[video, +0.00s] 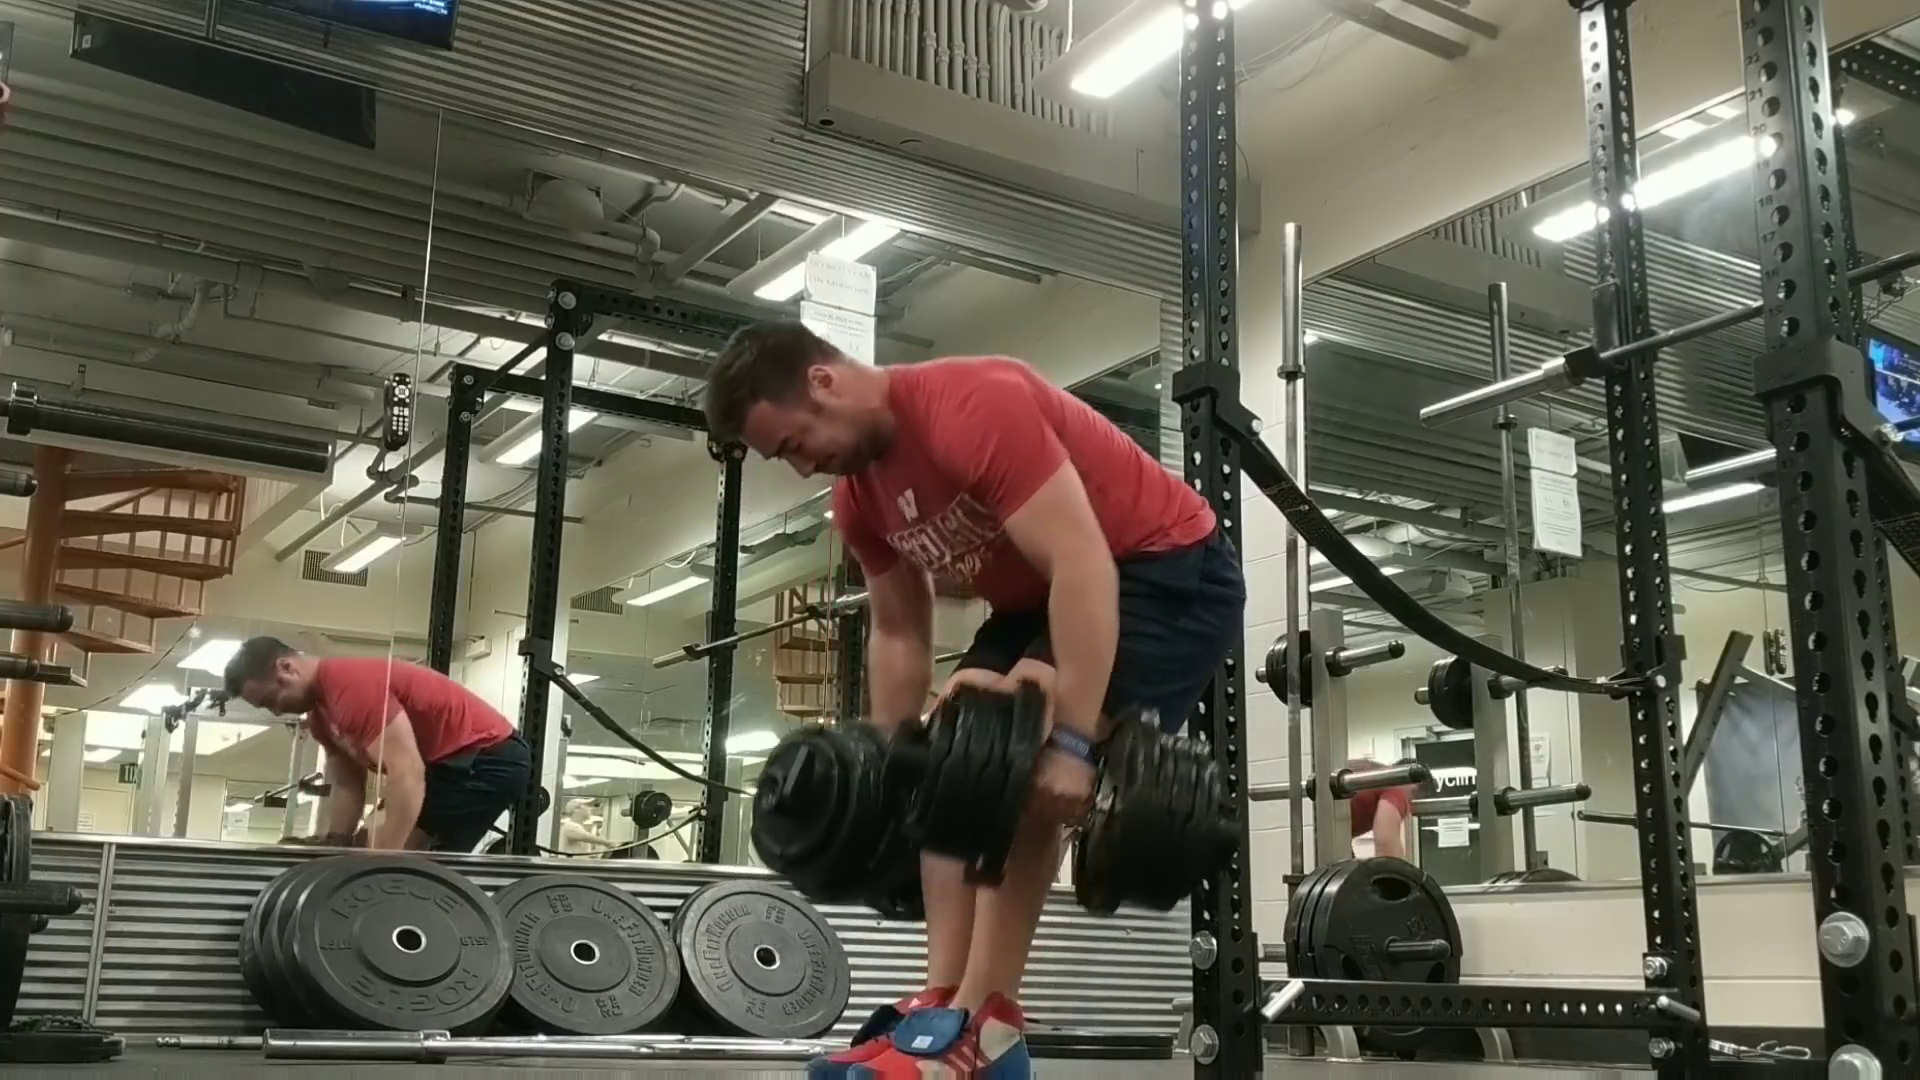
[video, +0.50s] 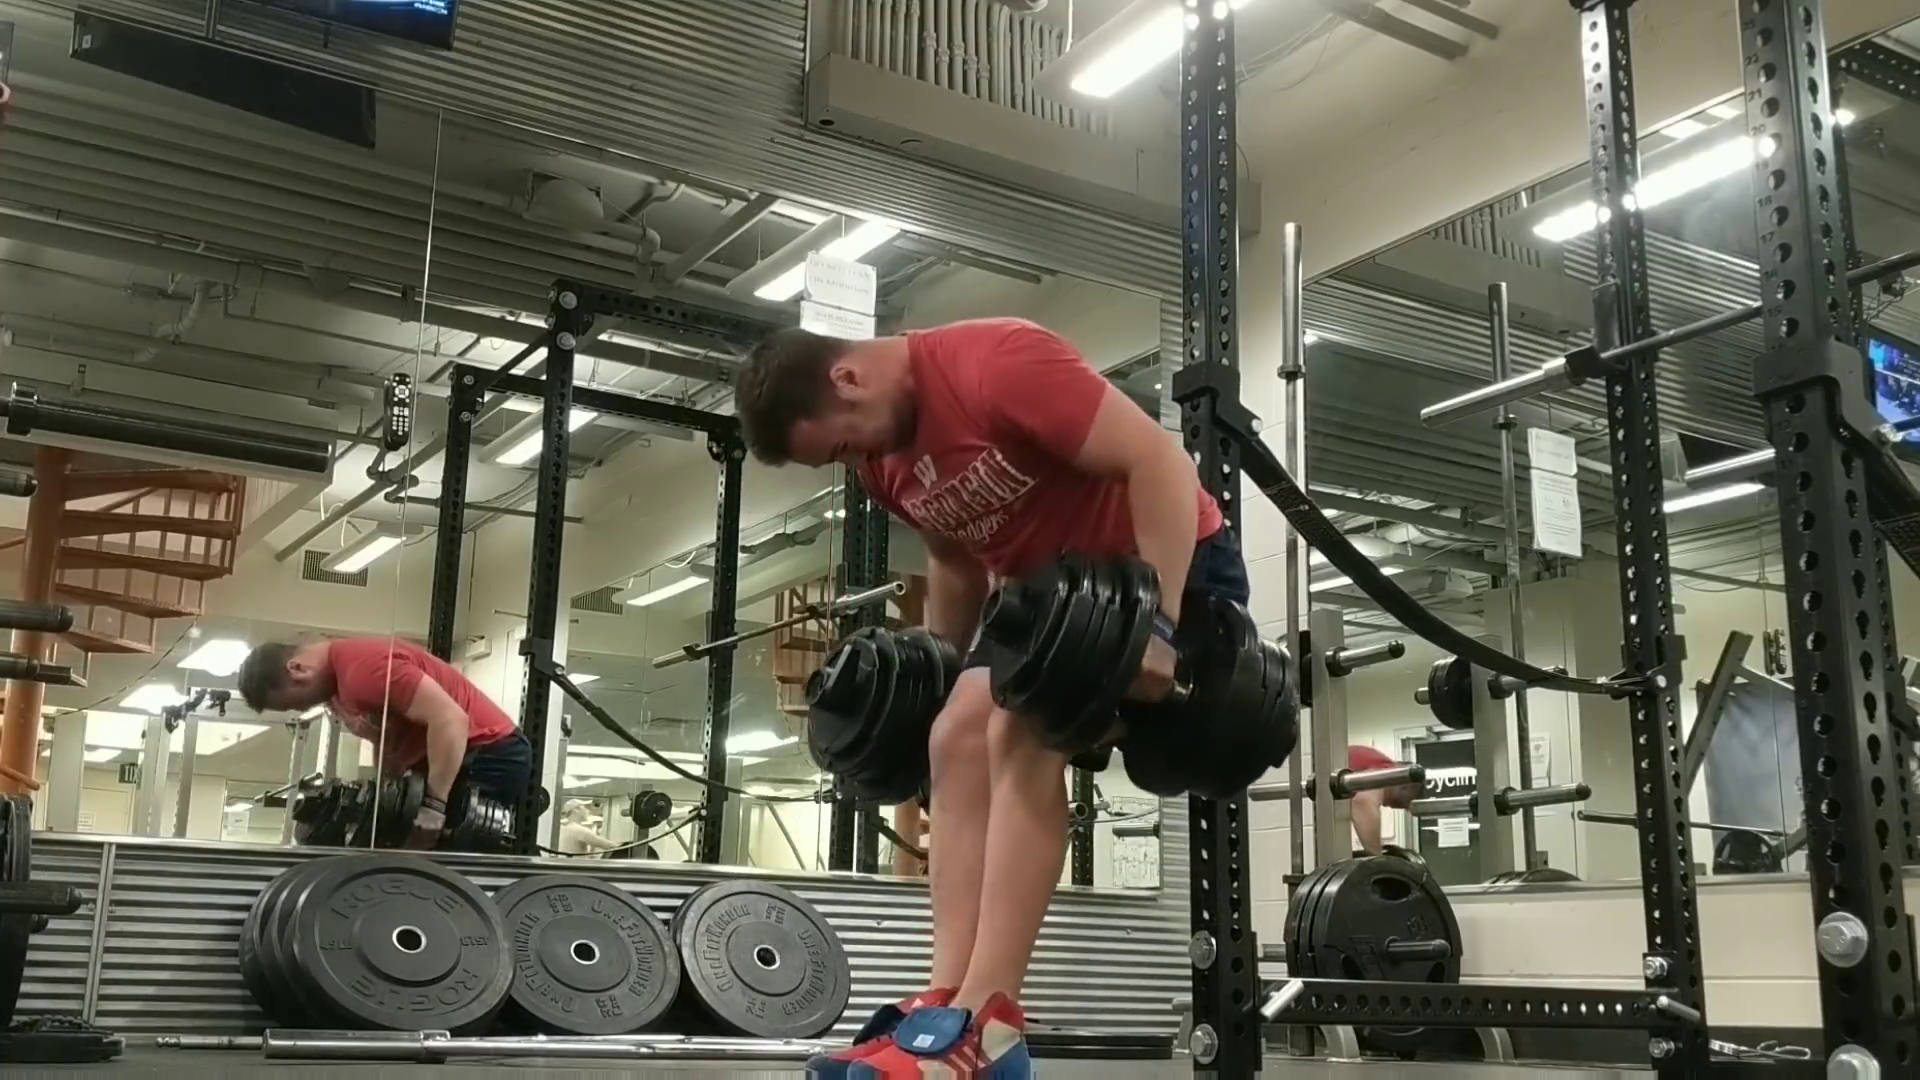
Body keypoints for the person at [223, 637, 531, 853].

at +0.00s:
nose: (273, 714)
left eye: (268, 702)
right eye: (264, 708)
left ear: (286, 670)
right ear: (288, 671)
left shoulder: (349, 686)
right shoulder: (321, 714)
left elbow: (407, 773)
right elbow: (348, 784)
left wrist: (377, 867)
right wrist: (331, 852)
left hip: (488, 758)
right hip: (455, 764)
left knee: (401, 856)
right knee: (400, 860)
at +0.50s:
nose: (305, 708)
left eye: (294, 703)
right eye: (294, 708)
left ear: (296, 670)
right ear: (297, 667)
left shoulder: (360, 669)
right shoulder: (340, 682)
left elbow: (450, 721)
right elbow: (389, 741)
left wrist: (432, 807)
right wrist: (383, 809)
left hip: (491, 758)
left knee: (465, 879)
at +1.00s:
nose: (268, 725)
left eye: (261, 714)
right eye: (258, 720)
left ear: (277, 681)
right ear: (278, 681)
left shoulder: (346, 696)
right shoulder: (314, 725)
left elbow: (366, 813)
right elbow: (323, 811)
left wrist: (342, 901)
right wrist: (304, 890)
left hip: (488, 758)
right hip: (453, 768)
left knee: (382, 848)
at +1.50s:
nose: (252, 741)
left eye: (249, 729)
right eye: (244, 735)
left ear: (273, 700)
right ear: (273, 703)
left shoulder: (335, 723)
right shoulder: (305, 748)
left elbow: (351, 834)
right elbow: (301, 840)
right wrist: (274, 910)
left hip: (489, 760)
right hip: (460, 768)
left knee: (380, 839)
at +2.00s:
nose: (292, 701)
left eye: (285, 692)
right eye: (283, 697)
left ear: (296, 657)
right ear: (296, 657)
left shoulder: (357, 665)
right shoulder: (332, 691)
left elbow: (426, 740)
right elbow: (365, 759)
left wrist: (406, 829)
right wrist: (347, 831)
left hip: (489, 757)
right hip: (453, 760)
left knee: (422, 862)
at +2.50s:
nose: (303, 708)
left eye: (293, 702)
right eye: (292, 707)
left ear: (293, 670)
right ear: (294, 667)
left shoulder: (358, 672)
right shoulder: (338, 686)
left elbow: (435, 736)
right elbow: (382, 751)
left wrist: (423, 826)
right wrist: (362, 816)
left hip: (492, 757)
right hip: (457, 759)